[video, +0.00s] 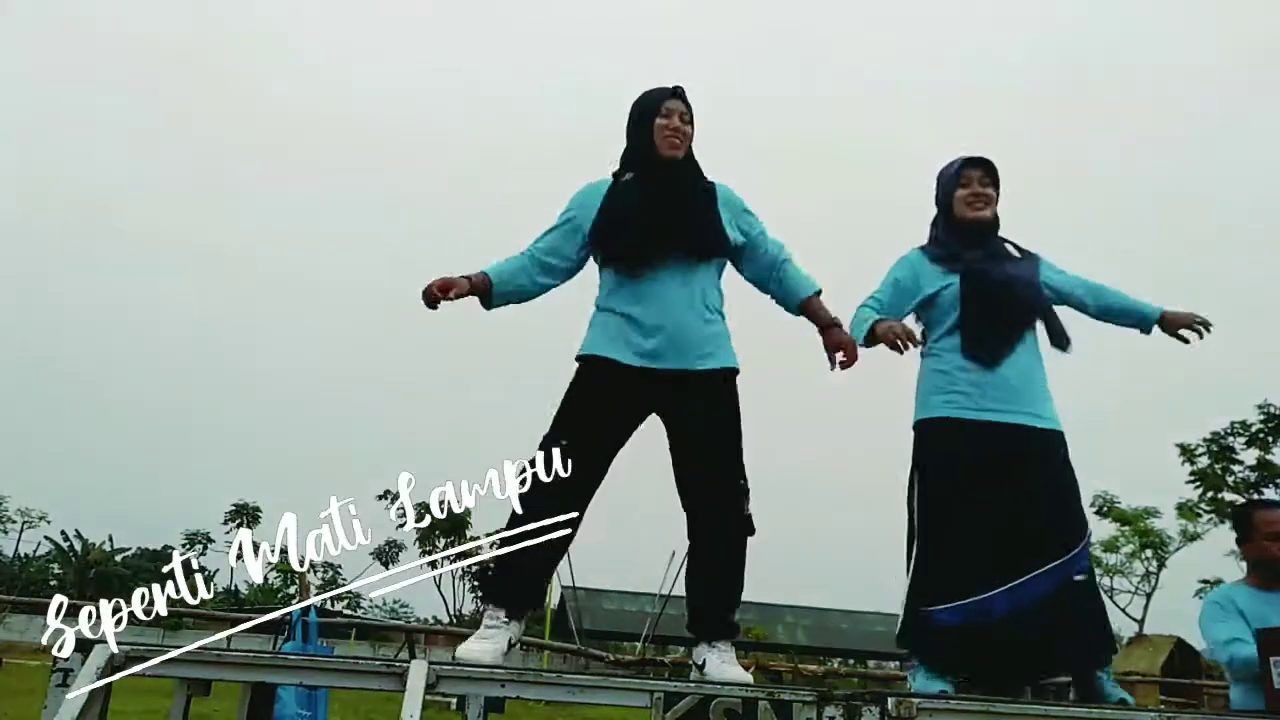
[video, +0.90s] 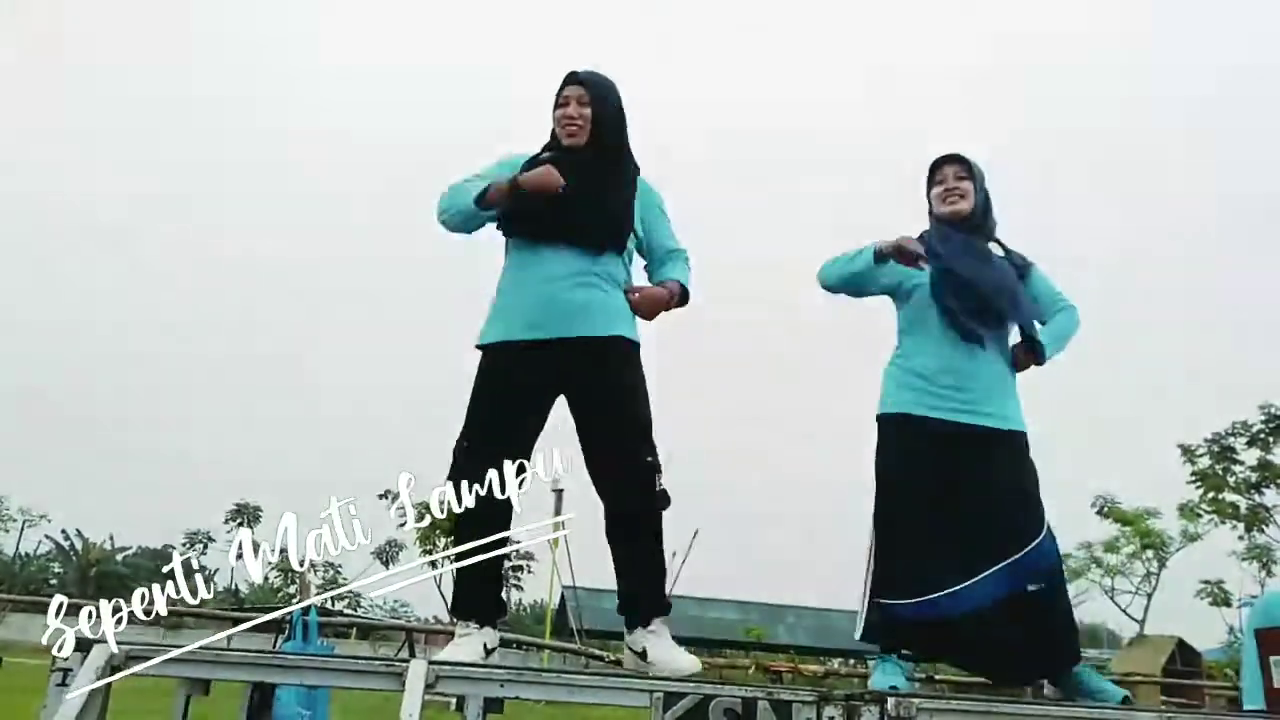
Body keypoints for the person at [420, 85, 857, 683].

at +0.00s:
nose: (675, 126)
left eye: (684, 119)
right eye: (663, 117)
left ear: (694, 133)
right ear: (639, 128)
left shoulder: (720, 202)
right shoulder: (604, 197)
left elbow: (772, 264)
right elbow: (545, 260)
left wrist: (826, 321)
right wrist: (472, 283)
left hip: (703, 369)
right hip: (615, 363)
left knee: (720, 507)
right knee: (555, 486)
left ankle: (715, 644)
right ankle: (502, 617)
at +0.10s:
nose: (678, 120)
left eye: (688, 113)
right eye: (668, 112)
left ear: (704, 125)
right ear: (650, 122)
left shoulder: (734, 194)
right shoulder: (619, 187)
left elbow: (760, 266)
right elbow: (565, 243)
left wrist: (780, 319)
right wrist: (527, 255)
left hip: (710, 355)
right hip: (627, 346)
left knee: (717, 495)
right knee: (590, 477)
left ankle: (714, 641)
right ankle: (568, 612)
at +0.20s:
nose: (679, 124)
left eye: (690, 116)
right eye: (669, 116)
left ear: (708, 126)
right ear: (654, 126)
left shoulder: (733, 192)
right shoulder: (623, 182)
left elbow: (751, 261)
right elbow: (569, 239)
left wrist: (757, 307)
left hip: (716, 350)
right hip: (634, 345)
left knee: (712, 490)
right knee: (623, 476)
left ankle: (713, 639)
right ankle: (632, 613)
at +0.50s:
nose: (651, 115)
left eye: (663, 106)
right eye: (642, 107)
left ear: (688, 114)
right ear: (632, 118)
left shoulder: (724, 182)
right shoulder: (612, 166)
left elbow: (757, 244)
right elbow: (586, 189)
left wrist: (766, 277)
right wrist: (680, 192)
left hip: (703, 336)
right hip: (619, 332)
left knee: (712, 481)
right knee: (575, 455)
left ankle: (719, 628)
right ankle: (605, 596)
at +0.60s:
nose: (643, 115)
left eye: (655, 106)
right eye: (635, 107)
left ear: (680, 117)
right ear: (625, 119)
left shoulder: (711, 189)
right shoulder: (600, 174)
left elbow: (739, 255)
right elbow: (507, 193)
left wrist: (745, 288)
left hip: (686, 346)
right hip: (599, 338)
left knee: (694, 491)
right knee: (540, 461)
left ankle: (709, 639)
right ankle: (529, 605)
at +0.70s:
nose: (622, 120)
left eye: (635, 113)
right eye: (615, 112)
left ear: (659, 126)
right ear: (605, 125)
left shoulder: (679, 200)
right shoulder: (571, 178)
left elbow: (706, 287)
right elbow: (485, 217)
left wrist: (713, 305)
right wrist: (494, 211)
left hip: (668, 354)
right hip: (581, 350)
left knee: (692, 494)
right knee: (518, 477)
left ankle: (711, 641)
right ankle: (479, 623)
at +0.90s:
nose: (571, 112)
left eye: (585, 104)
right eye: (563, 104)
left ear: (608, 116)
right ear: (551, 115)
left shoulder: (633, 186)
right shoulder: (519, 168)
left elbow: (672, 260)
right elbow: (449, 211)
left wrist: (668, 291)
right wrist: (515, 185)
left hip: (605, 337)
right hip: (518, 335)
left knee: (632, 481)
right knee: (480, 477)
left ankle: (648, 627)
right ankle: (475, 624)